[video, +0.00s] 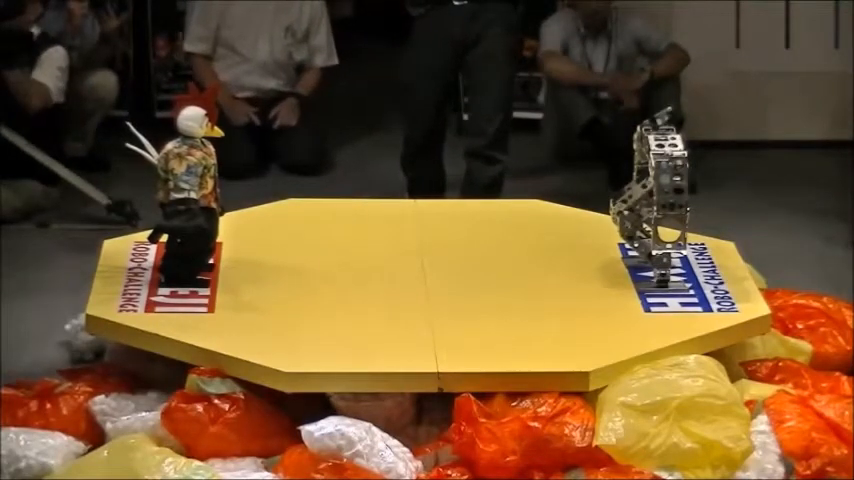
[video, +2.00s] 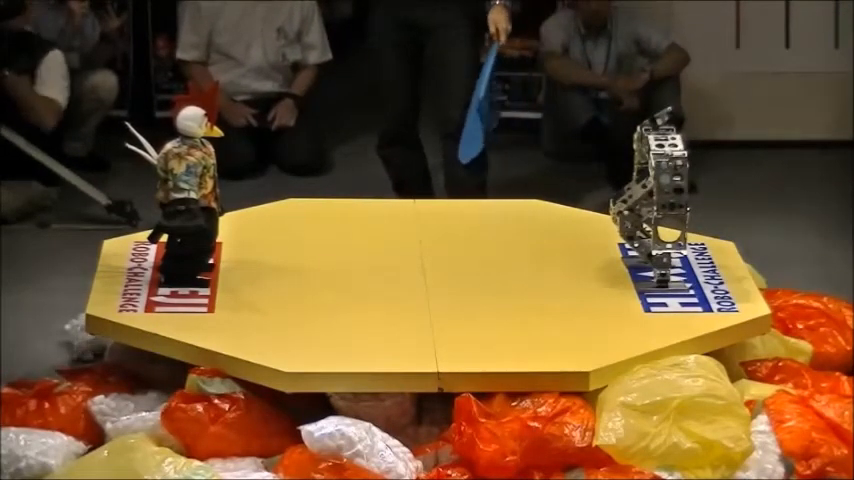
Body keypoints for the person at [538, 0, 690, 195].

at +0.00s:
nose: (597, 8)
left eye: (602, 4)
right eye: (589, 4)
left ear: (610, 5)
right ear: (574, 5)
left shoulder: (628, 25)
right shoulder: (559, 24)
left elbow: (679, 56)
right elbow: (552, 65)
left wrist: (644, 76)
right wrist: (609, 81)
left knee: (666, 80)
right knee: (561, 82)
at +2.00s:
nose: (595, 7)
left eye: (601, 2)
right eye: (588, 2)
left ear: (610, 4)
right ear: (575, 5)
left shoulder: (626, 24)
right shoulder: (557, 26)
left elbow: (679, 56)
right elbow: (555, 67)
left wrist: (644, 76)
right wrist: (612, 84)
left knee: (667, 82)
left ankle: (668, 167)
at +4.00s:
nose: (598, 9)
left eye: (604, 3)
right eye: (590, 3)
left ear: (611, 5)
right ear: (577, 5)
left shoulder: (628, 24)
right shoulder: (562, 22)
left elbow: (679, 56)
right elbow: (551, 64)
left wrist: (643, 76)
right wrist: (608, 83)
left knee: (667, 81)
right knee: (564, 88)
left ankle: (668, 166)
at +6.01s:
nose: (596, 10)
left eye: (603, 4)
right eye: (589, 4)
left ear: (613, 5)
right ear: (576, 6)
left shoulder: (629, 22)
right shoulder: (559, 24)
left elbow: (680, 56)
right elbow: (550, 64)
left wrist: (644, 75)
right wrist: (608, 83)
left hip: (627, 107)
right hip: (583, 107)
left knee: (668, 80)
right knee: (564, 85)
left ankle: (659, 161)